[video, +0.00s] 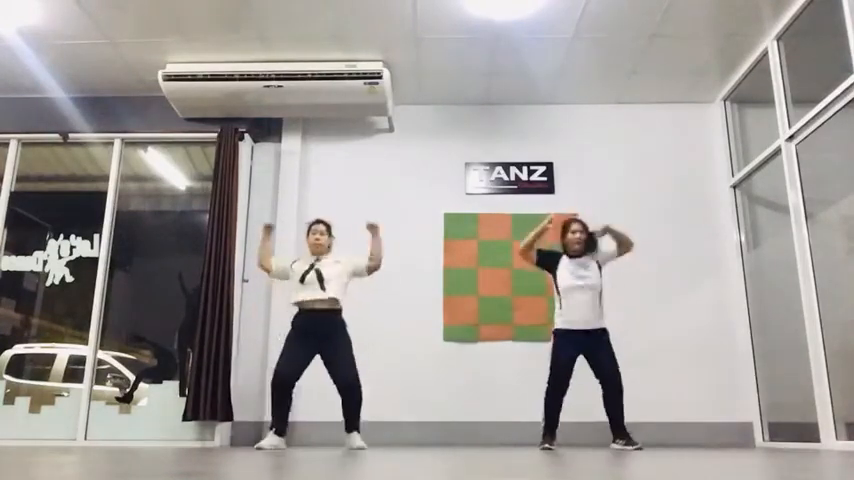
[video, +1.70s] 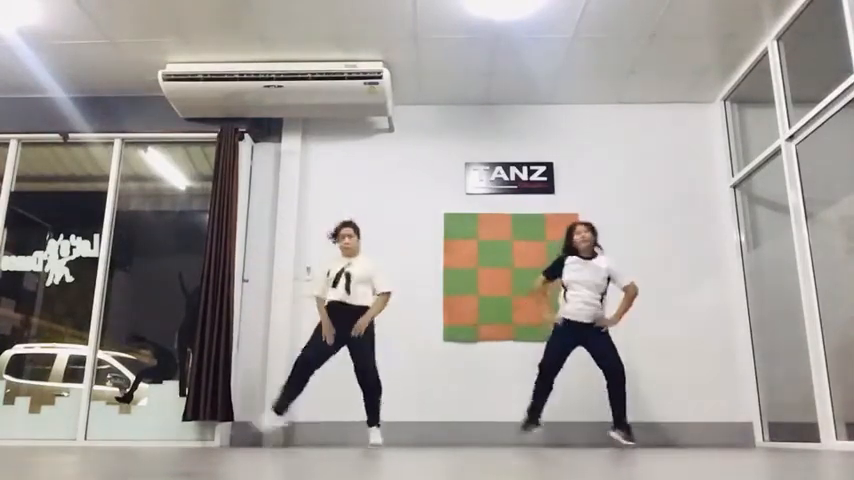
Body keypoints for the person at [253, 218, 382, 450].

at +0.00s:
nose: (317, 237)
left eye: (322, 234)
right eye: (313, 233)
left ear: (330, 240)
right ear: (307, 239)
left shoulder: (343, 264)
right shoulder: (296, 266)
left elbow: (374, 265)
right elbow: (265, 264)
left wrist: (375, 236)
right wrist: (267, 235)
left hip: (333, 326)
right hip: (303, 326)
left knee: (349, 382)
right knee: (282, 379)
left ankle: (353, 434)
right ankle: (277, 434)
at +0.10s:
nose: (322, 237)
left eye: (327, 234)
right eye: (318, 234)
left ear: (333, 241)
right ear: (311, 240)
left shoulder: (346, 265)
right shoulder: (299, 265)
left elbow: (375, 273)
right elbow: (270, 270)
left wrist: (385, 251)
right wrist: (268, 248)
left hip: (337, 326)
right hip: (307, 326)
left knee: (350, 379)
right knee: (286, 378)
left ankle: (352, 434)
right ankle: (278, 434)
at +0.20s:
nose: (325, 240)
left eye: (330, 237)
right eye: (322, 237)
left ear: (337, 244)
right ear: (315, 243)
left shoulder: (345, 271)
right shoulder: (305, 266)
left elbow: (364, 286)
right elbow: (279, 277)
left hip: (340, 326)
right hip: (312, 326)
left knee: (353, 379)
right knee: (290, 378)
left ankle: (353, 434)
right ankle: (278, 434)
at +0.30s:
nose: (332, 239)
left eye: (336, 236)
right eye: (328, 236)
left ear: (345, 243)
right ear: (322, 242)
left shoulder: (353, 272)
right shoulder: (311, 264)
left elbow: (379, 297)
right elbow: (286, 285)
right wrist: (286, 319)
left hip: (343, 330)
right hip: (313, 328)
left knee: (355, 380)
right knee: (291, 378)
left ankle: (353, 433)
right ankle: (278, 433)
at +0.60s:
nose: (325, 261)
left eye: (329, 256)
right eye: (321, 258)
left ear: (340, 260)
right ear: (318, 262)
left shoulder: (348, 286)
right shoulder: (311, 285)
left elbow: (360, 318)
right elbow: (288, 310)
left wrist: (352, 351)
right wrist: (289, 339)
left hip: (334, 349)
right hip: (305, 345)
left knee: (347, 391)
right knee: (273, 381)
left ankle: (351, 436)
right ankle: (285, 434)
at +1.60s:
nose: (344, 243)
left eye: (349, 240)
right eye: (340, 240)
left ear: (357, 243)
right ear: (335, 243)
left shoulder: (367, 268)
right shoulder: (326, 267)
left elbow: (378, 298)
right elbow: (315, 297)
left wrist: (364, 325)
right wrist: (319, 323)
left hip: (356, 325)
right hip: (328, 323)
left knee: (369, 379)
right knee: (306, 375)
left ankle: (379, 429)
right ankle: (296, 428)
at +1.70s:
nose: (346, 241)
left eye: (350, 236)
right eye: (342, 238)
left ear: (358, 240)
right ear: (337, 242)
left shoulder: (368, 265)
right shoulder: (331, 267)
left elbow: (384, 295)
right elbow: (319, 297)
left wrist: (366, 318)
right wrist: (326, 322)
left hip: (360, 320)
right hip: (333, 319)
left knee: (367, 373)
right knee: (306, 361)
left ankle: (374, 426)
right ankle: (278, 411)